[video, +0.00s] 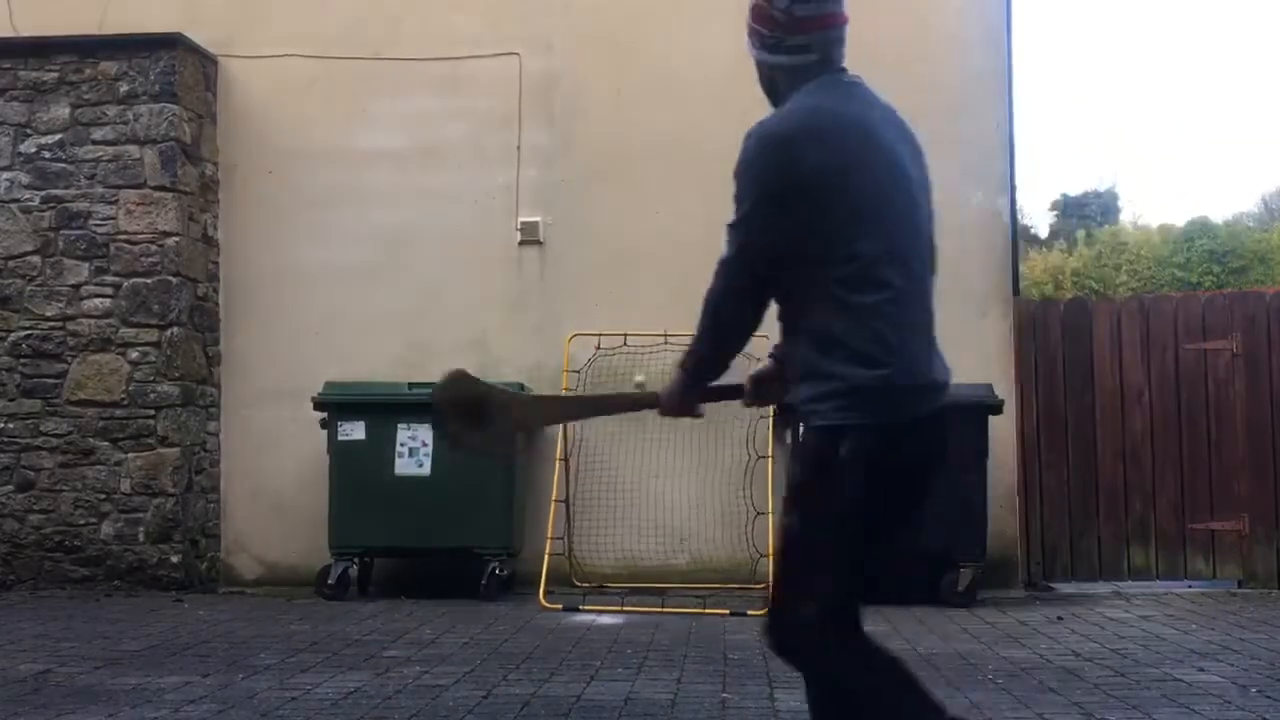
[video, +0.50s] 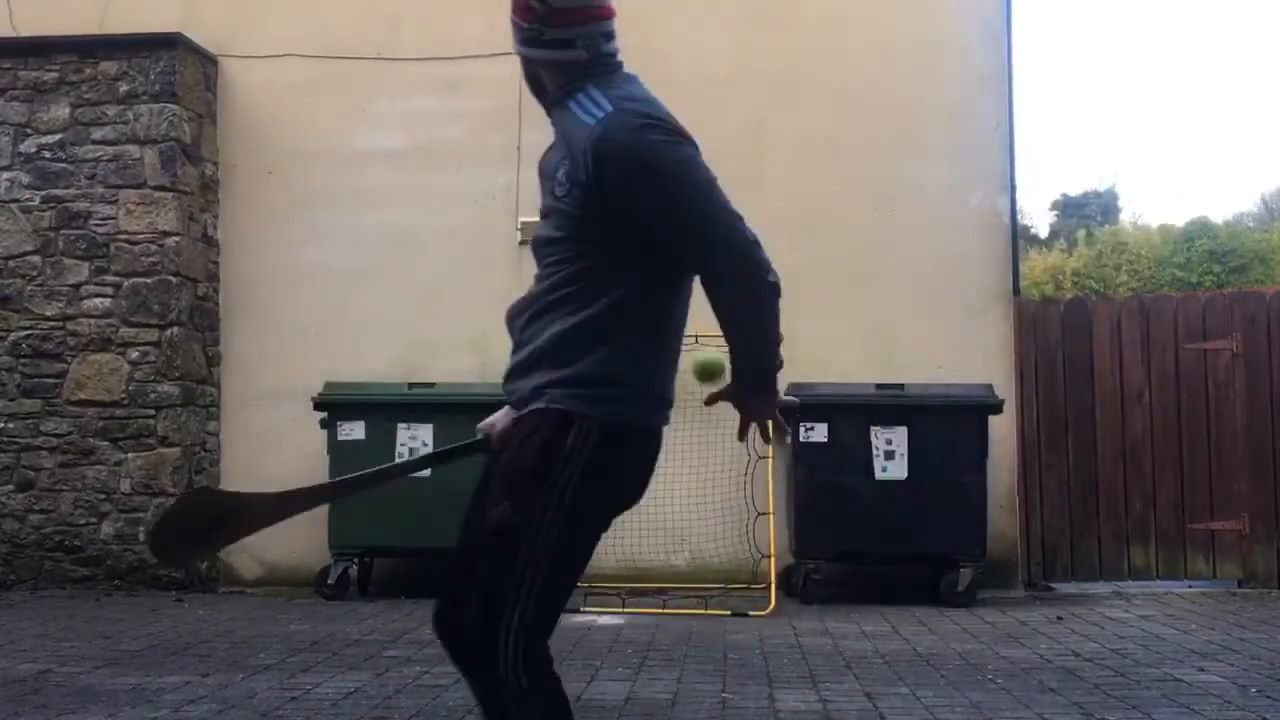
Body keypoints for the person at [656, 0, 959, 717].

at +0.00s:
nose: (757, 69)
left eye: (758, 55)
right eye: (759, 53)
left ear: (765, 56)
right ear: (836, 45)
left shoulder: (781, 137)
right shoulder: (886, 124)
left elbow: (743, 278)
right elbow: (879, 276)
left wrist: (691, 378)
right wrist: (793, 360)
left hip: (843, 415)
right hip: (909, 401)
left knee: (801, 627)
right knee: (826, 619)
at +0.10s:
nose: (685, 50)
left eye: (685, 35)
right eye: (690, 34)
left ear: (691, 38)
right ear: (762, 33)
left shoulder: (719, 122)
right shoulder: (796, 109)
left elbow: (679, 274)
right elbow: (795, 274)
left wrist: (605, 372)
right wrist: (724, 375)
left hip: (781, 407)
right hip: (845, 398)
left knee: (677, 601)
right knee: (793, 607)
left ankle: (725, 716)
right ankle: (827, 719)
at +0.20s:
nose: (648, 42)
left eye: (650, 27)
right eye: (654, 27)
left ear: (657, 32)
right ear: (728, 28)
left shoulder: (688, 115)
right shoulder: (760, 106)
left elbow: (666, 269)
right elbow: (755, 281)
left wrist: (586, 383)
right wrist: (686, 386)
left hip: (733, 416)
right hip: (802, 406)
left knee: (649, 617)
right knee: (773, 613)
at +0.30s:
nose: (597, 31)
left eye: (598, 19)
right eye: (601, 19)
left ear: (609, 27)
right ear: (679, 26)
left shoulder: (655, 114)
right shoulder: (702, 102)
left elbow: (692, 265)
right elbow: (700, 280)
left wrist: (648, 408)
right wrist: (624, 396)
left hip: (676, 412)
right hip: (726, 411)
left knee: (577, 630)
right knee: (669, 622)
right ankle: (757, 713)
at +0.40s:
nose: (548, 71)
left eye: (548, 55)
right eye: (550, 53)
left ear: (556, 58)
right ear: (618, 41)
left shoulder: (636, 128)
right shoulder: (612, 128)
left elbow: (755, 263)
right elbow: (602, 291)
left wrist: (769, 386)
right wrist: (548, 400)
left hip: (612, 423)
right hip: (592, 418)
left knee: (514, 629)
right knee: (527, 623)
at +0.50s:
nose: (525, 74)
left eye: (525, 57)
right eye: (525, 57)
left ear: (538, 58)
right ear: (595, 44)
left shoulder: (625, 135)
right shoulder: (587, 131)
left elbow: (743, 266)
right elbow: (588, 295)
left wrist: (756, 383)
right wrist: (525, 401)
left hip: (591, 425)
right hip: (555, 417)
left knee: (503, 635)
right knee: (471, 623)